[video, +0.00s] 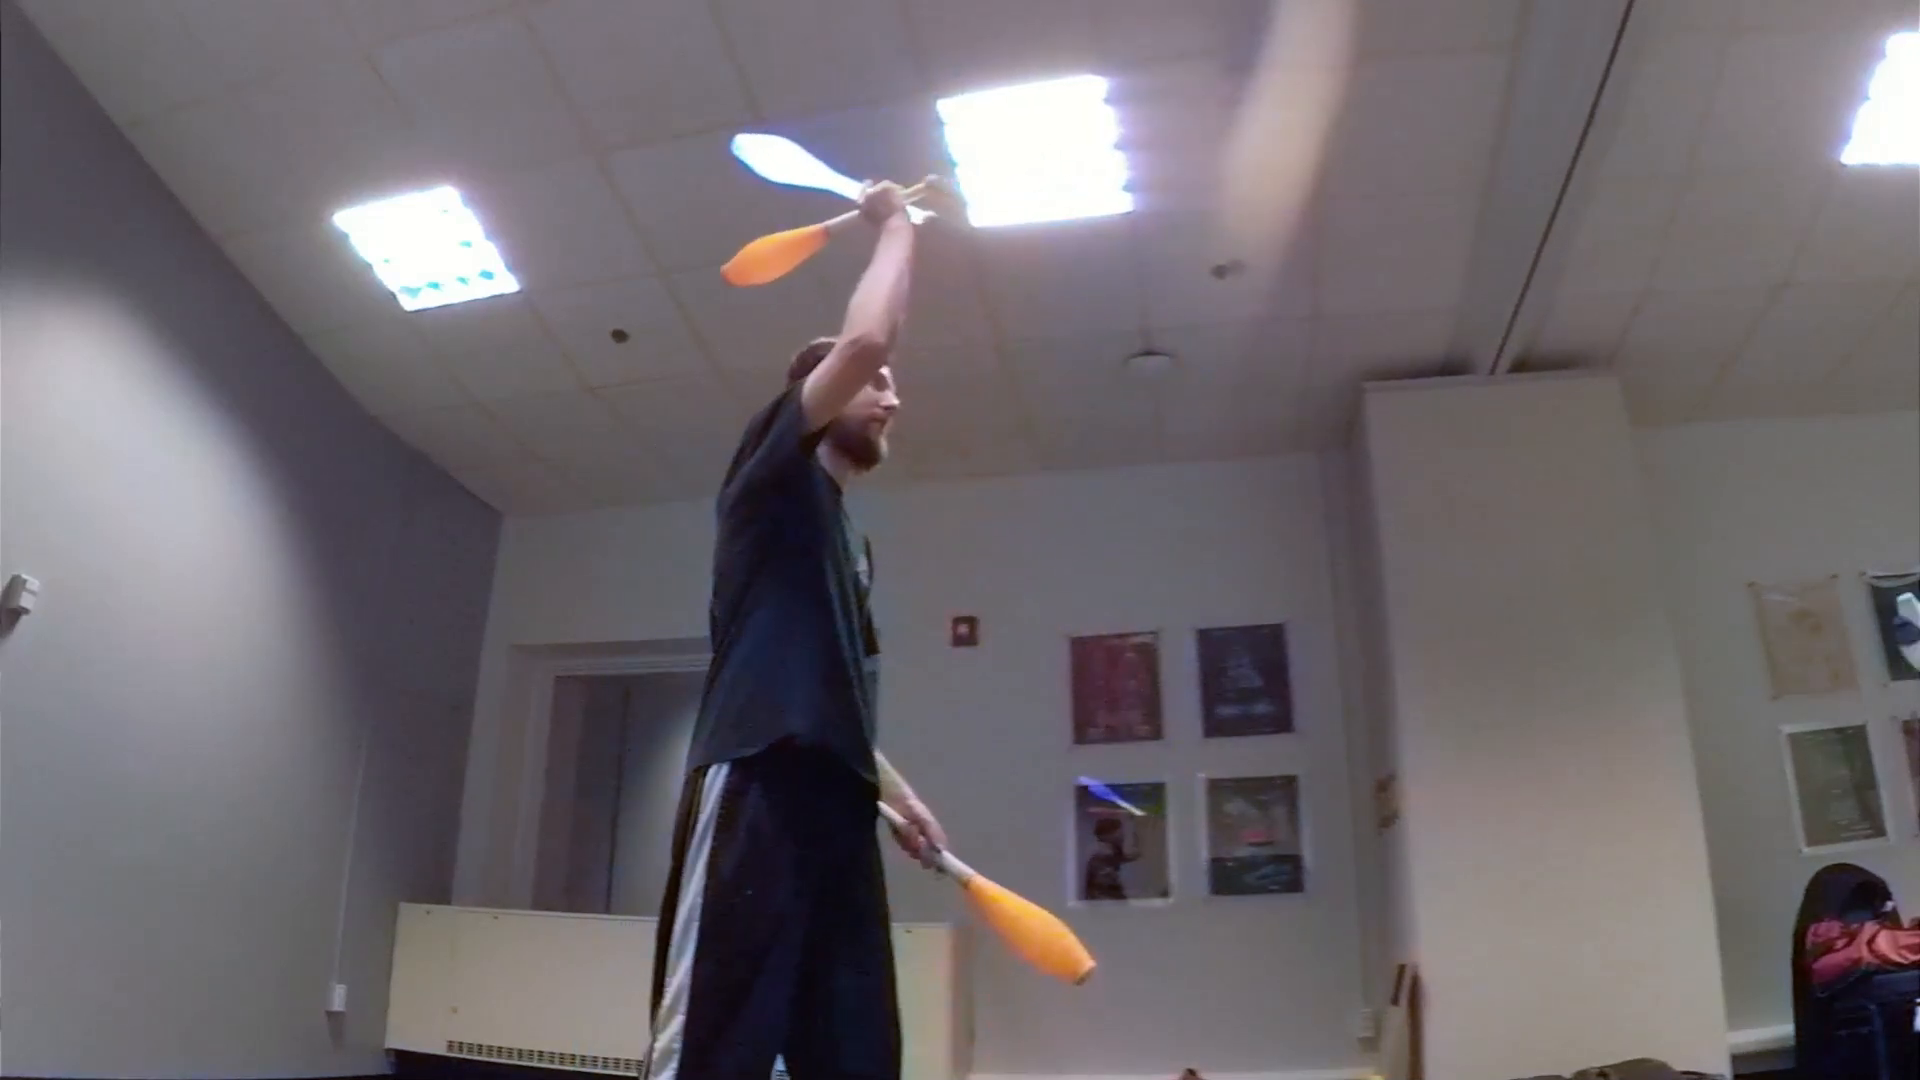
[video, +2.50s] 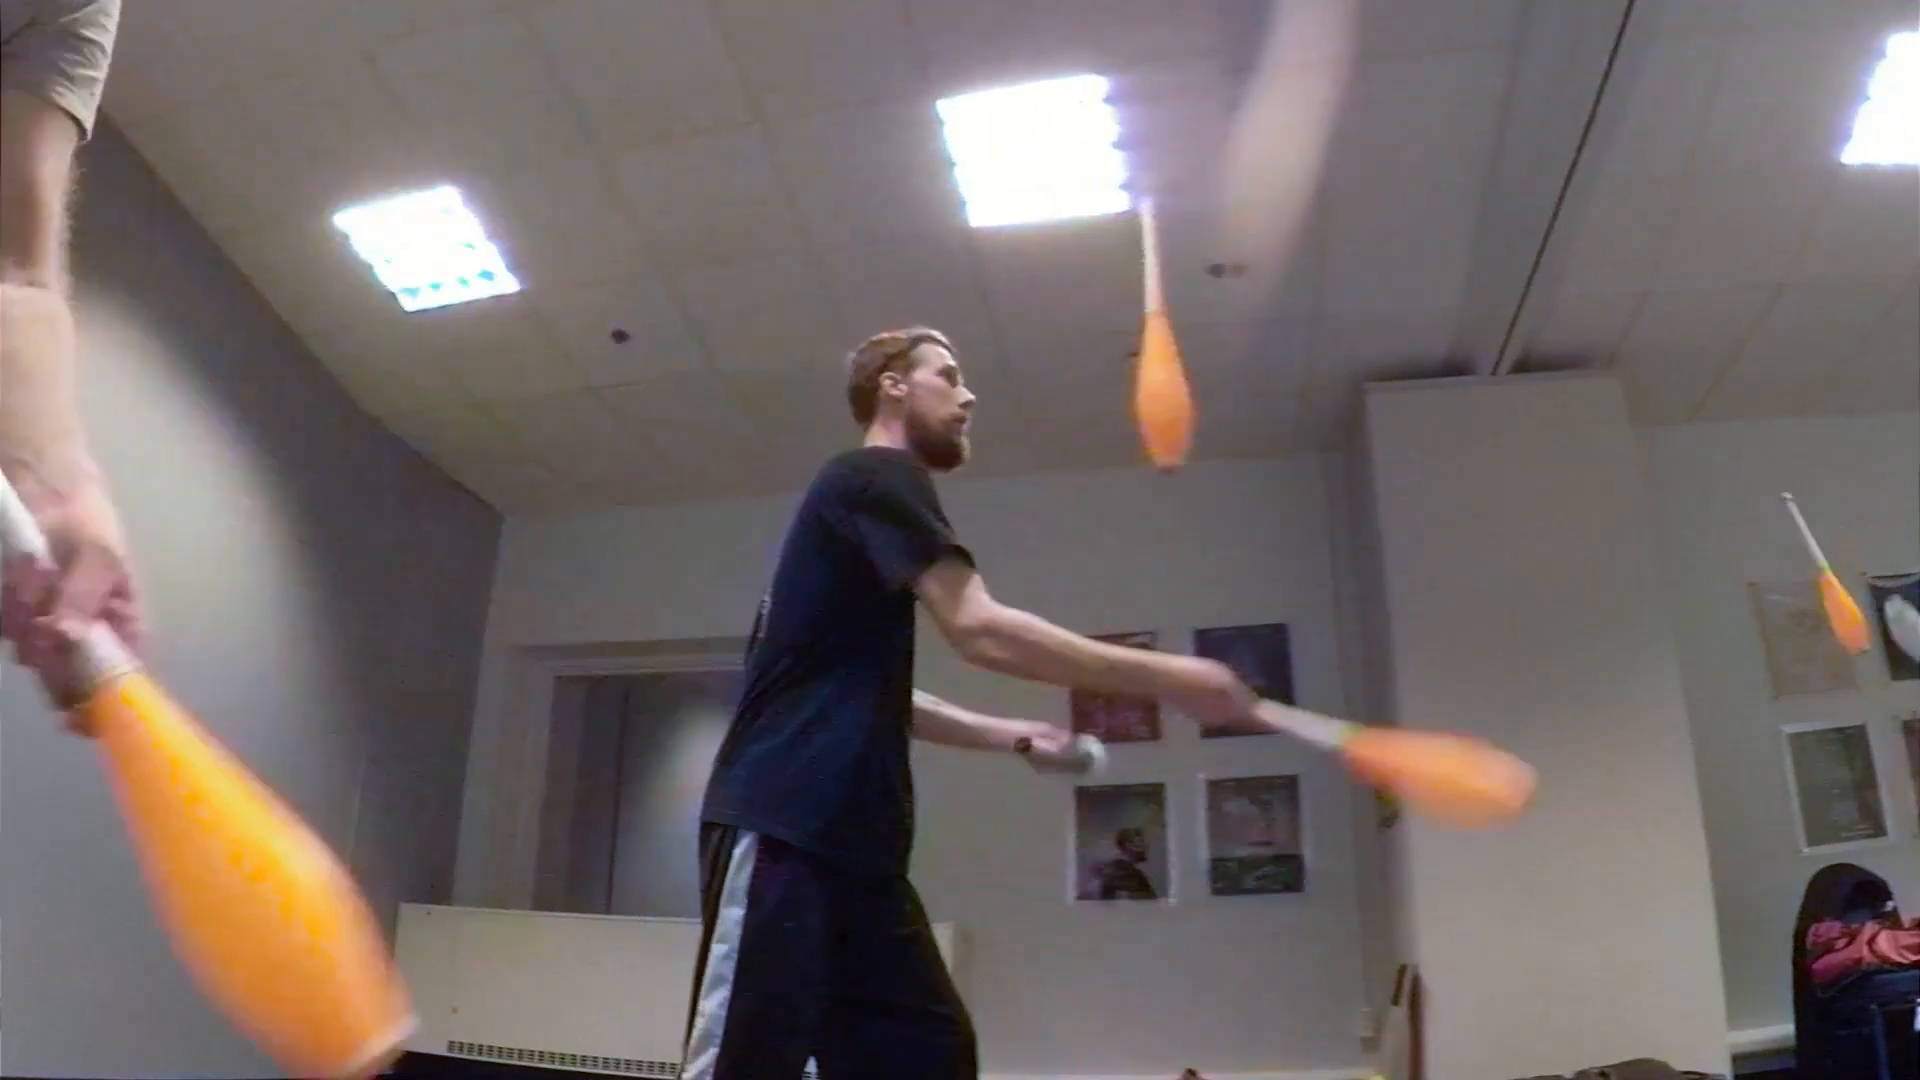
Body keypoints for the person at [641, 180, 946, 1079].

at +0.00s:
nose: (890, 400)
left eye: (892, 386)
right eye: (871, 380)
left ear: (877, 410)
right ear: (817, 389)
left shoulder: (838, 534)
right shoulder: (771, 469)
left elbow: (826, 695)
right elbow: (863, 338)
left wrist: (893, 792)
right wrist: (898, 221)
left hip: (833, 795)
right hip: (756, 784)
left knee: (851, 1039)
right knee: (716, 1033)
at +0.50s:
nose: (854, 395)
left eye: (855, 381)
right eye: (838, 374)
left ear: (823, 398)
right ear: (780, 380)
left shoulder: (789, 515)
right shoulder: (737, 458)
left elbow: (785, 688)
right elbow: (842, 334)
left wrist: (871, 759)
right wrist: (869, 215)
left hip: (793, 779)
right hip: (732, 770)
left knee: (817, 1008)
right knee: (710, 1006)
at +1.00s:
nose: (831, 399)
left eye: (832, 389)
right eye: (809, 381)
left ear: (831, 413)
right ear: (748, 397)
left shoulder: (798, 545)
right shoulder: (697, 499)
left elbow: (761, 696)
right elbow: (645, 668)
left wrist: (843, 746)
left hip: (762, 838)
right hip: (671, 841)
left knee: (854, 1040)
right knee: (690, 1060)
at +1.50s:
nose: (910, 396)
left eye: (912, 386)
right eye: (889, 377)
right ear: (830, 391)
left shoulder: (848, 536)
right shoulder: (781, 481)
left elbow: (817, 678)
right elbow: (857, 588)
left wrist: (855, 758)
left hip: (788, 829)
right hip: (704, 821)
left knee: (842, 1050)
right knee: (698, 1055)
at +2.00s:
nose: (885, 367)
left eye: (884, 357)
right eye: (862, 348)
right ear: (802, 365)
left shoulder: (867, 524)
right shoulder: (731, 463)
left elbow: (918, 644)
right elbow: (644, 614)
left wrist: (992, 558)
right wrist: (734, 712)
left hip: (822, 836)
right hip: (709, 825)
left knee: (883, 1046)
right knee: (694, 1056)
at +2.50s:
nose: (967, 396)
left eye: (964, 382)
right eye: (948, 376)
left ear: (899, 394)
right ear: (893, 387)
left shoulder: (869, 502)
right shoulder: (871, 477)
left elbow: (876, 700)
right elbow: (978, 627)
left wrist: (1016, 735)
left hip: (851, 840)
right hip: (786, 826)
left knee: (927, 1052)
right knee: (739, 1060)